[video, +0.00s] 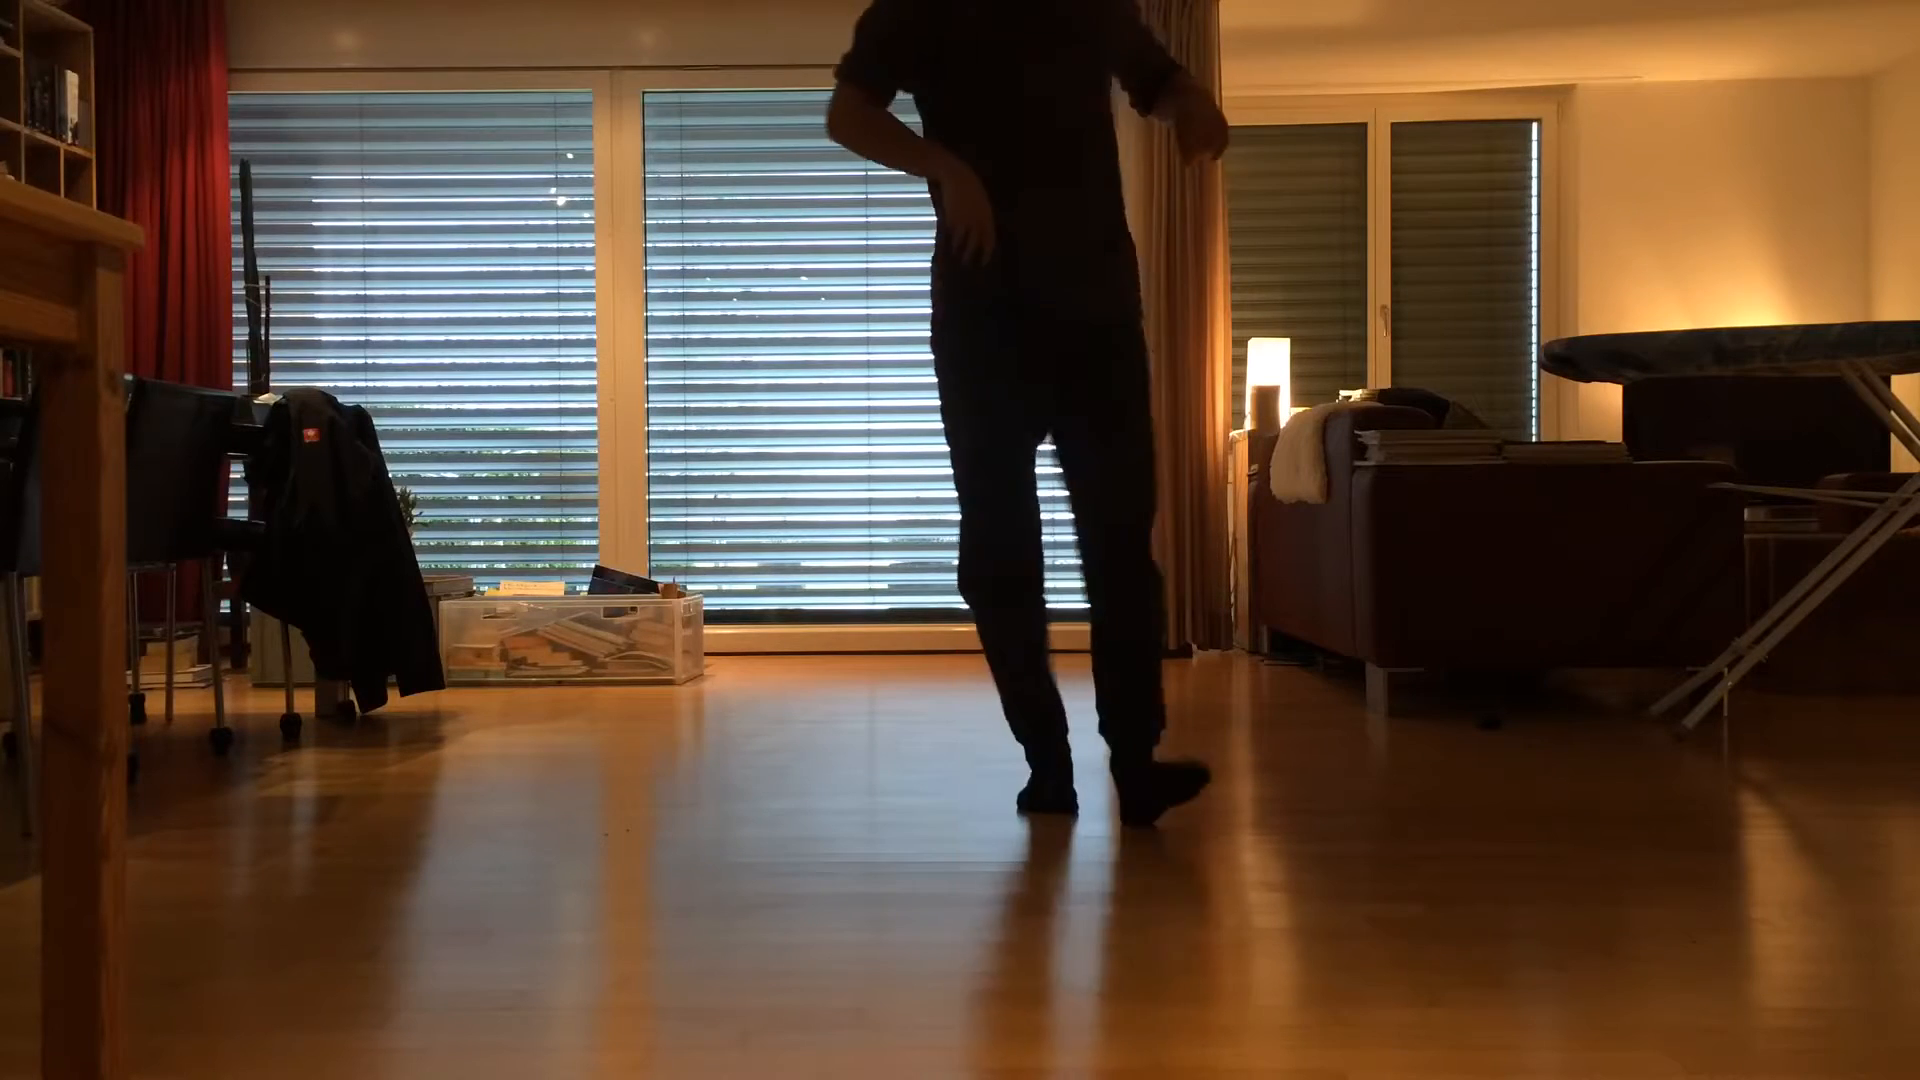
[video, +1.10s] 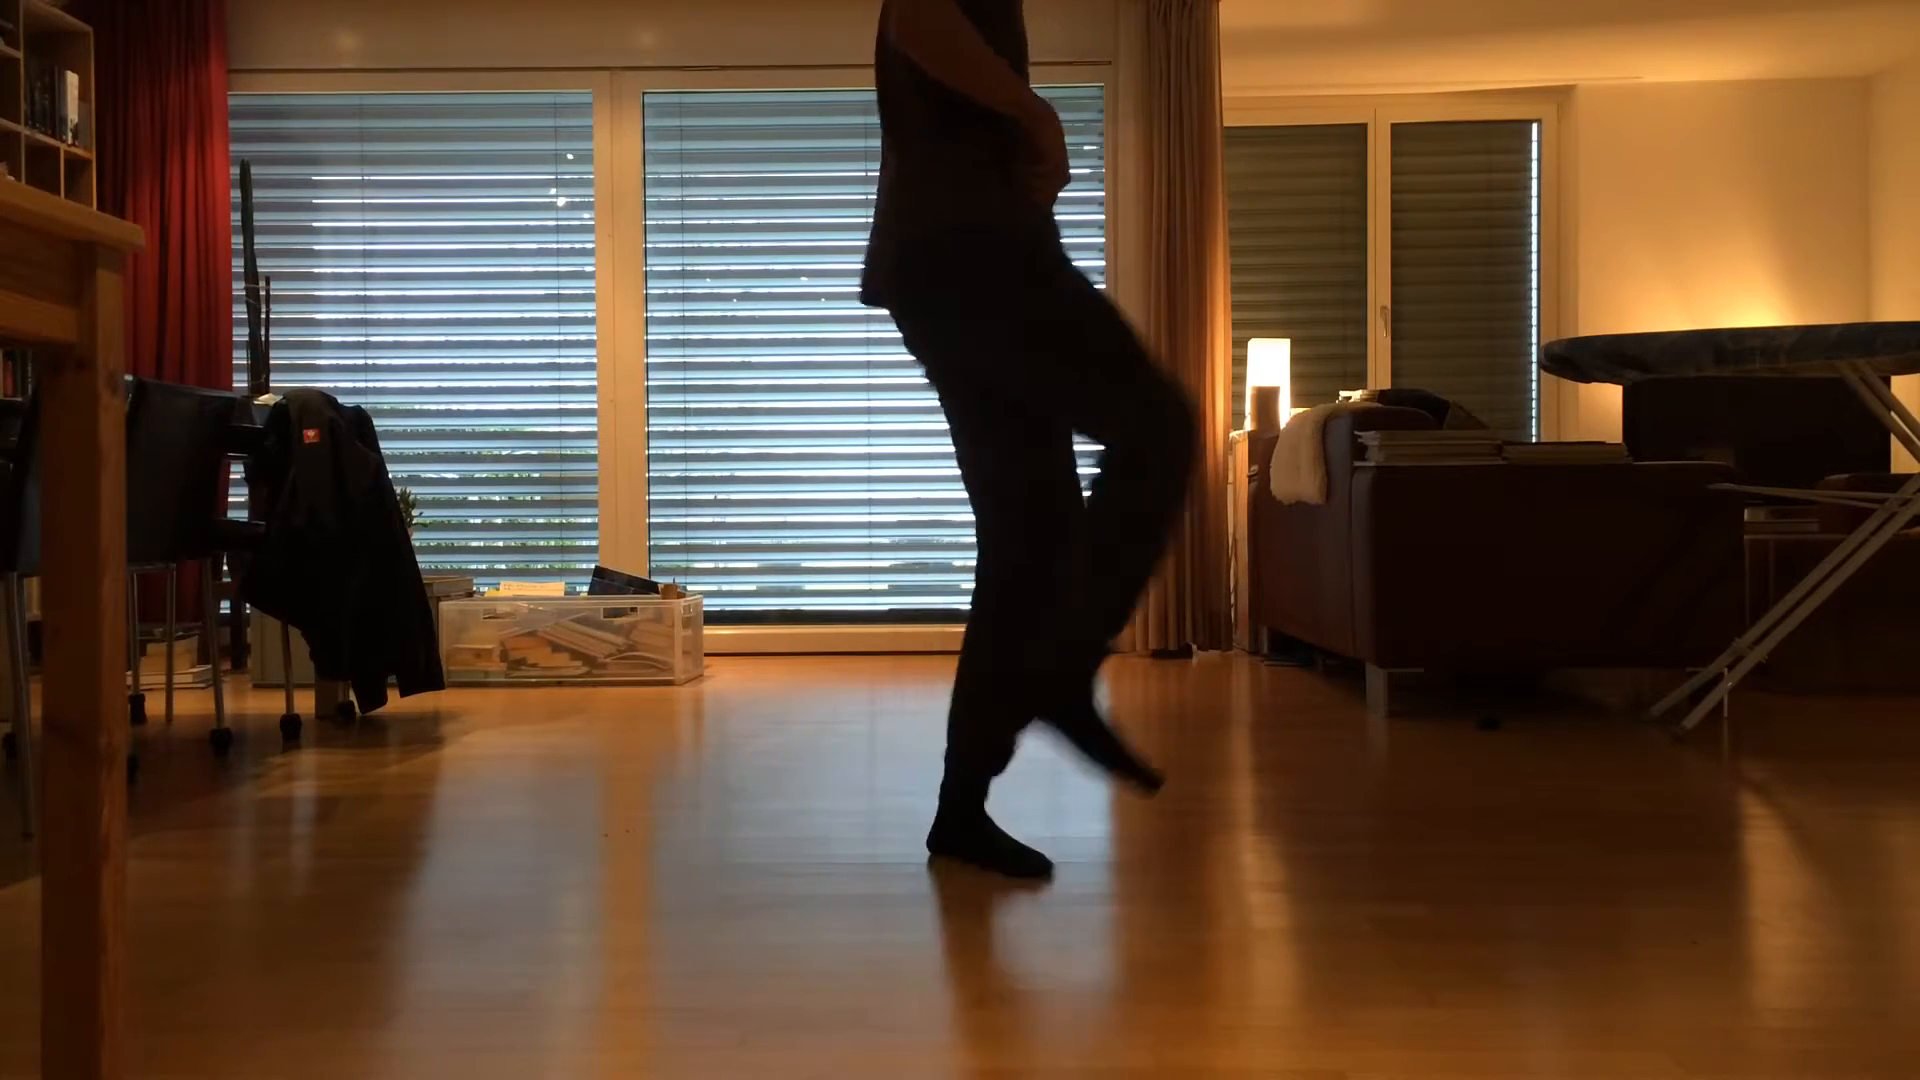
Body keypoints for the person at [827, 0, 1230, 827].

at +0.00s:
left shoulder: (1092, 6)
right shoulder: (918, 7)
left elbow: (1158, 78)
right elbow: (849, 111)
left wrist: (1195, 109)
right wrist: (941, 165)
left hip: (1097, 296)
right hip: (983, 304)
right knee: (1000, 544)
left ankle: (1136, 766)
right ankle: (1046, 763)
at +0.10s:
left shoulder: (1099, 6)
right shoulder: (912, 3)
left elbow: (1163, 95)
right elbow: (845, 104)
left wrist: (1181, 163)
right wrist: (922, 147)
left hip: (1093, 274)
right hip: (980, 284)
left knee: (1136, 499)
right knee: (998, 520)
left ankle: (1109, 661)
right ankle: (1024, 740)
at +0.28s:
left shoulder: (1084, 7)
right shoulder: (893, 5)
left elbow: (1142, 133)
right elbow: (824, 114)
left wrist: (1152, 260)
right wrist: (910, 147)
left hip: (1070, 261)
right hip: (956, 273)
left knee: (1134, 365)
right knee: (991, 529)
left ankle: (1093, 413)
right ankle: (966, 775)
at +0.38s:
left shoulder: (1090, 5)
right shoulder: (888, 0)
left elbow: (1125, 118)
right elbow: (823, 87)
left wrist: (1122, 244)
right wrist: (902, 134)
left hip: (1058, 254)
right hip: (942, 258)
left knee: (1111, 400)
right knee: (953, 509)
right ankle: (980, 755)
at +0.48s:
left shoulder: (1081, 3)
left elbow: (1123, 117)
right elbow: (803, 85)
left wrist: (1099, 238)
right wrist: (896, 117)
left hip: (1046, 287)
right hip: (926, 292)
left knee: (1075, 537)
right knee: (933, 531)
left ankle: (1059, 765)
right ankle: (945, 761)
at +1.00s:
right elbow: (881, 19)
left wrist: (1031, 235)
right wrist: (1017, 97)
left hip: (975, 254)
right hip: (945, 253)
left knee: (999, 502)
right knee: (999, 502)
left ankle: (984, 785)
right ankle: (976, 790)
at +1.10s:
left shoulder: (963, 14)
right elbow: (915, 25)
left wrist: (1031, 159)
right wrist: (1035, 113)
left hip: (962, 256)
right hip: (974, 251)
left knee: (1027, 535)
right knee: (1158, 432)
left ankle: (960, 810)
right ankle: (1063, 672)